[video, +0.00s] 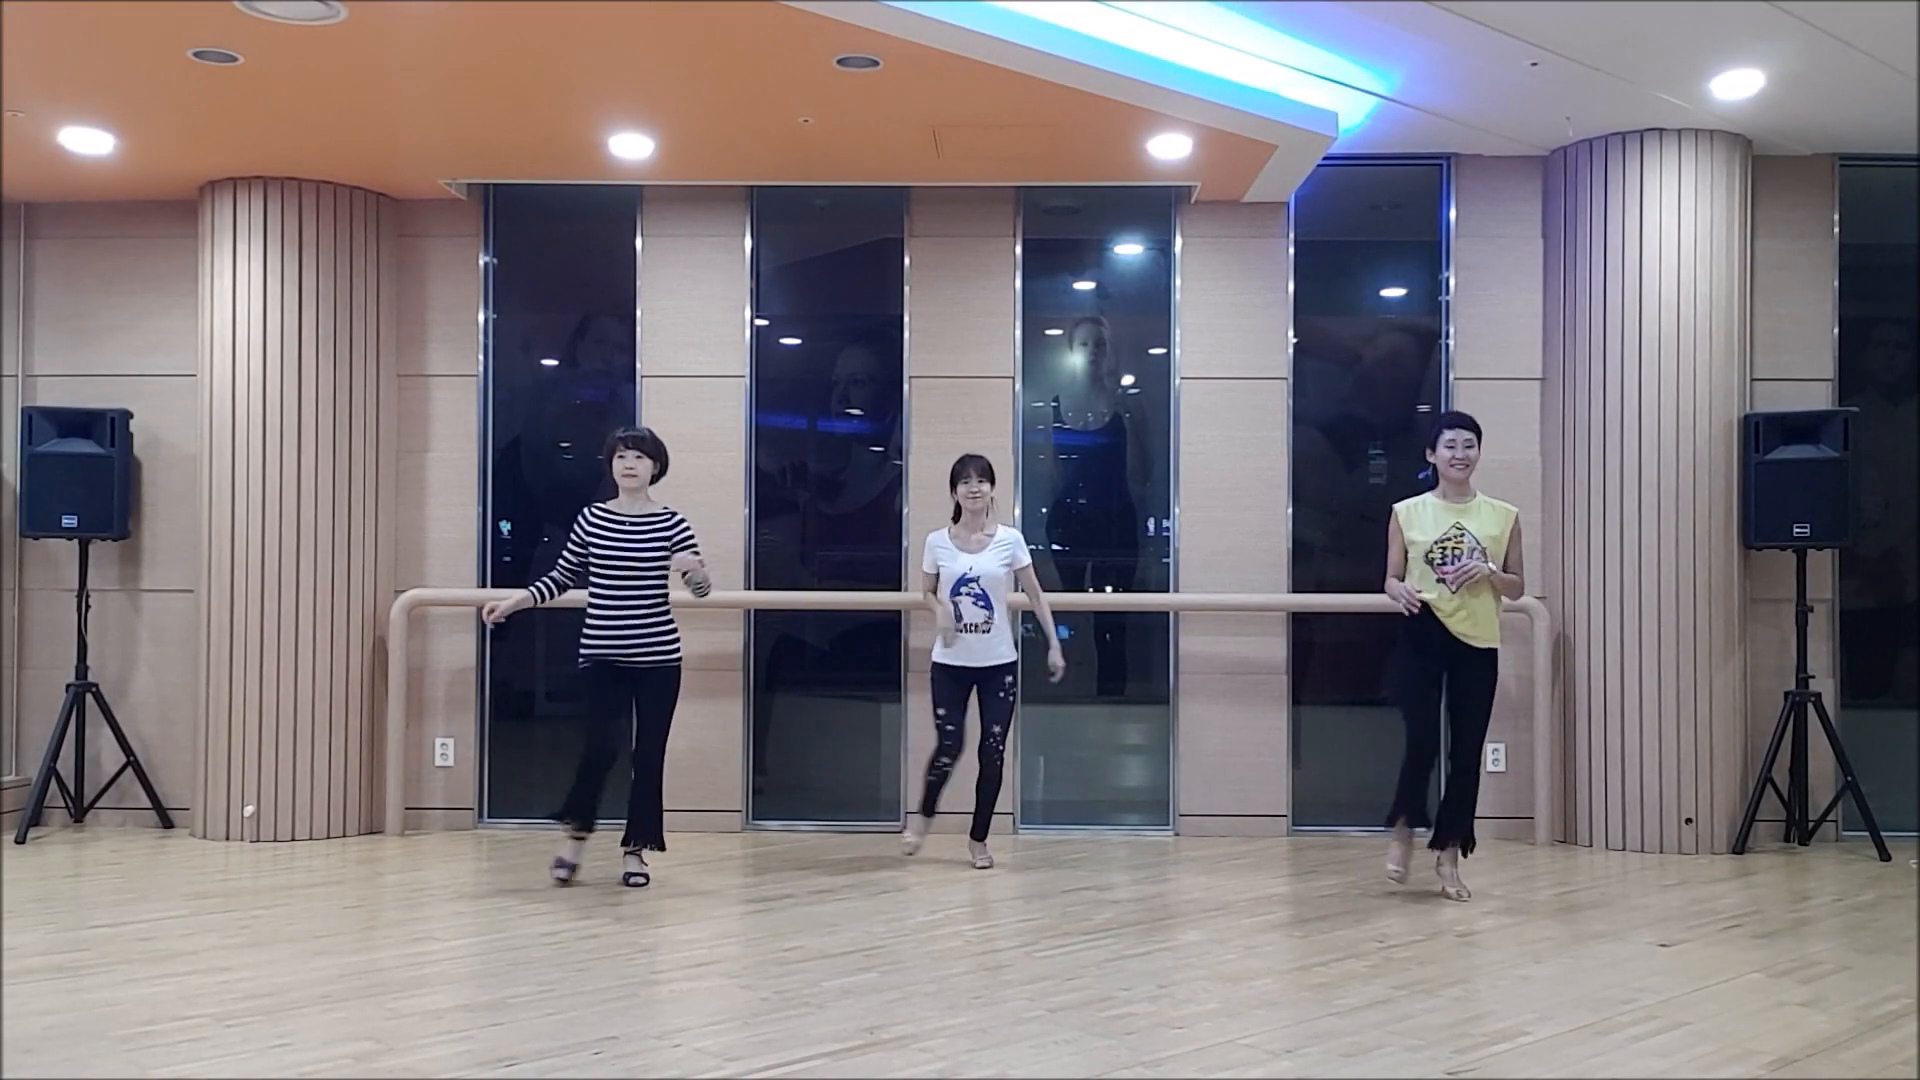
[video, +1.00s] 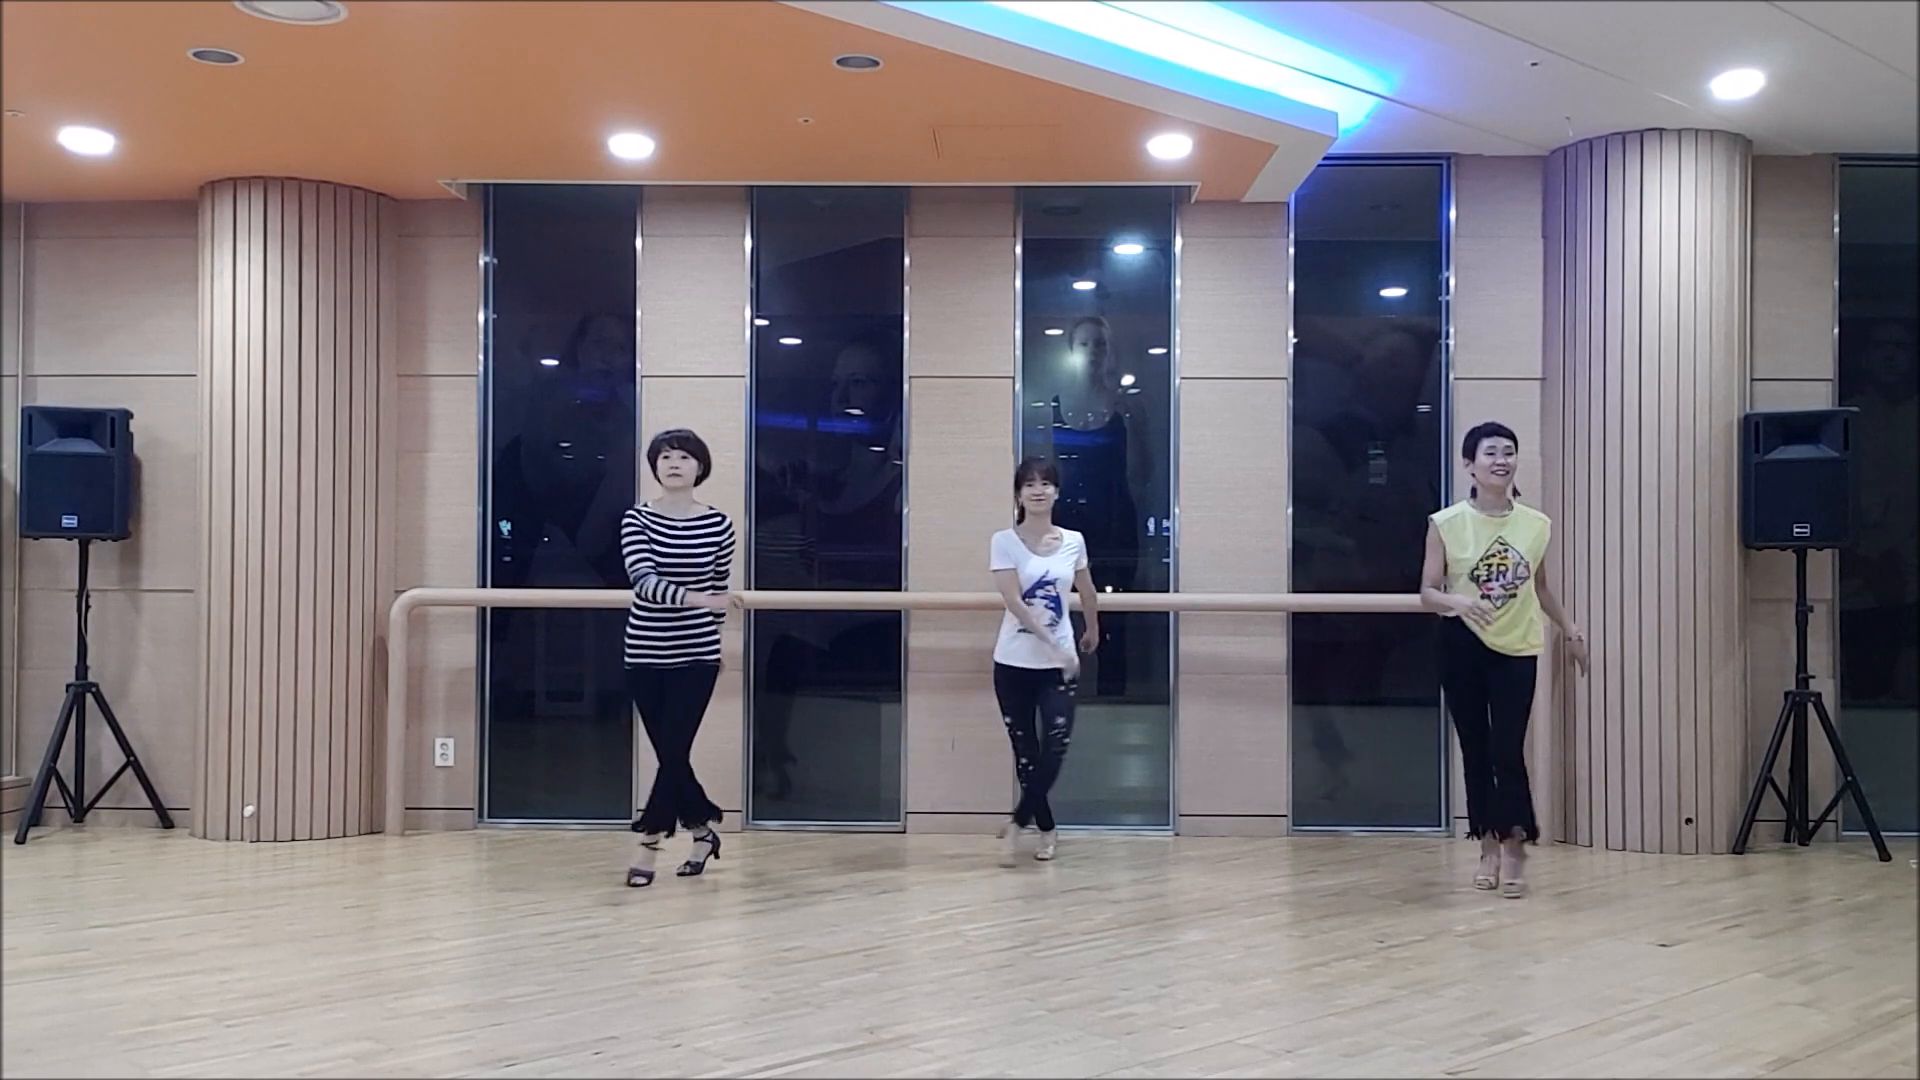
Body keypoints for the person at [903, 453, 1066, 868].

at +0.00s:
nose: (974, 488)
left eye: (981, 481)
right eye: (965, 482)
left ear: (993, 488)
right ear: (954, 490)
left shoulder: (1010, 539)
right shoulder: (937, 542)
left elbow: (1035, 593)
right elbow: (926, 593)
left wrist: (1054, 643)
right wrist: (941, 607)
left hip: (998, 663)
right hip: (949, 663)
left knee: (993, 752)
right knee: (949, 747)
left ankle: (978, 838)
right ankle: (922, 817)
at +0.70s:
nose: (995, 490)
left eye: (1002, 484)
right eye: (987, 484)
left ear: (1015, 492)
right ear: (976, 492)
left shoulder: (1031, 541)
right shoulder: (961, 540)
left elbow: (1069, 592)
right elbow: (957, 595)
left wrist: (1105, 636)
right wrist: (989, 578)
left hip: (1015, 662)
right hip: (968, 658)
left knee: (998, 754)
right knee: (929, 744)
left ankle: (978, 840)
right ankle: (909, 822)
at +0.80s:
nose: (1007, 491)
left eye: (1015, 484)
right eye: (999, 485)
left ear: (1026, 492)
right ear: (988, 493)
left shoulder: (1043, 543)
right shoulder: (972, 539)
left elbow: (1079, 592)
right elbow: (980, 589)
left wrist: (1115, 637)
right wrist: (1028, 575)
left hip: (1026, 663)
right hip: (981, 660)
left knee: (1004, 754)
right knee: (954, 747)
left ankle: (980, 841)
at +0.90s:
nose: (1023, 490)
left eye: (1030, 483)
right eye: (1015, 484)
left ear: (1041, 492)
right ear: (1002, 493)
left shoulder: (1058, 541)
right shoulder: (987, 540)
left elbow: (1082, 591)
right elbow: (998, 594)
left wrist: (1101, 633)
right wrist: (1052, 601)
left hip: (1040, 666)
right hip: (995, 664)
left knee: (1017, 753)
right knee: (1002, 754)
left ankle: (984, 837)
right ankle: (1039, 823)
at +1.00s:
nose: (1038, 490)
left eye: (1045, 484)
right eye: (1029, 484)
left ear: (1056, 491)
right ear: (1018, 493)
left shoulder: (1072, 541)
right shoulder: (1005, 540)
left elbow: (1086, 591)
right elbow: (1015, 602)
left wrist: (1093, 628)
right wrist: (1055, 646)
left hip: (1059, 660)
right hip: (1013, 661)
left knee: (1056, 746)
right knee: (1026, 751)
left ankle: (1015, 823)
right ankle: (1047, 831)